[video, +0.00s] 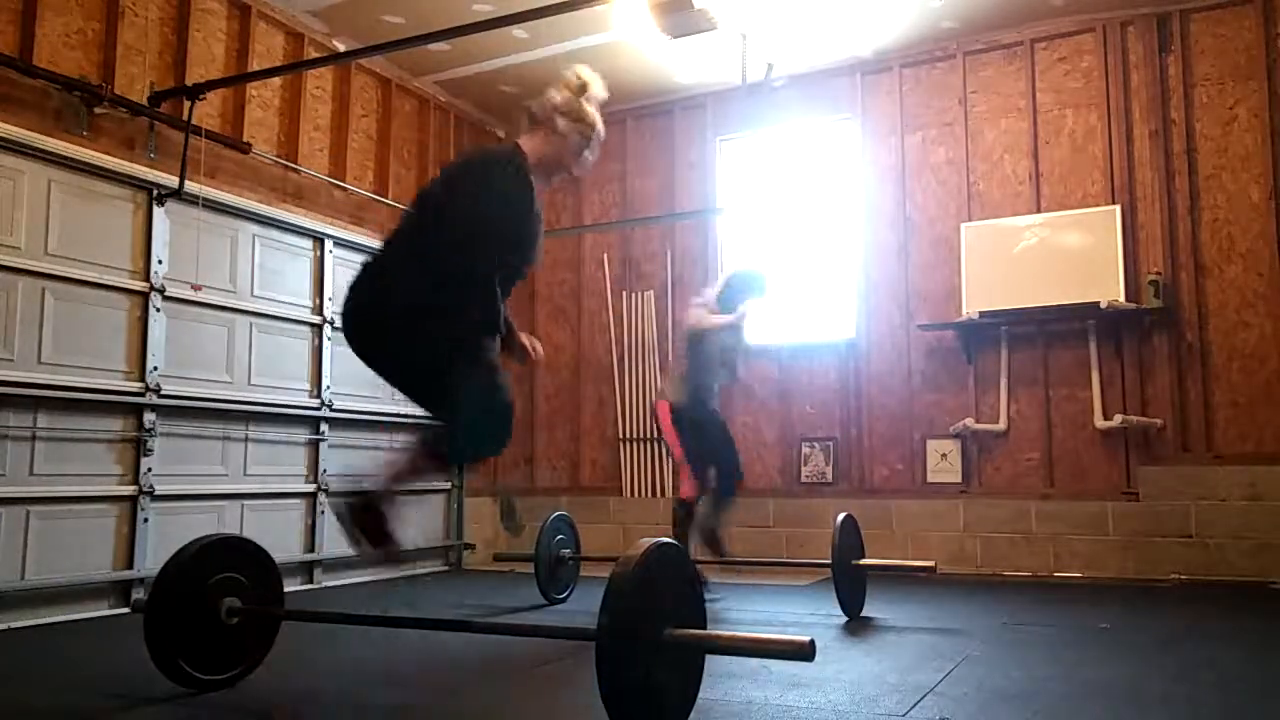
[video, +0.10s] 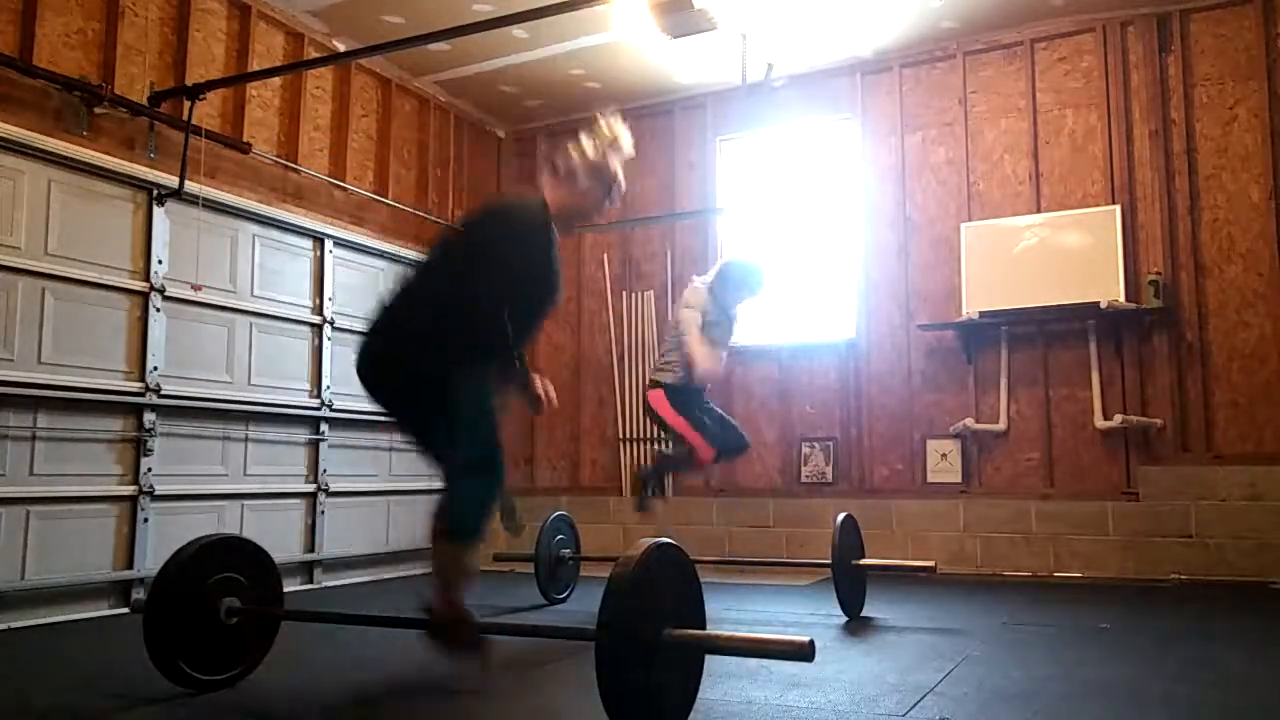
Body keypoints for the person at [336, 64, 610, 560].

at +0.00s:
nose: (577, 169)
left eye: (586, 157)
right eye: (582, 151)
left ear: (549, 128)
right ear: (556, 131)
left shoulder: (505, 180)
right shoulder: (500, 181)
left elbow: (479, 274)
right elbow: (470, 274)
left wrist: (509, 333)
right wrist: (493, 342)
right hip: (396, 316)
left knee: (483, 413)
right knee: (483, 416)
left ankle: (376, 499)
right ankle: (374, 500)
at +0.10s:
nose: (602, 211)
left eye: (608, 200)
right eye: (603, 194)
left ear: (560, 170)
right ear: (575, 176)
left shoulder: (520, 222)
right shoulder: (523, 229)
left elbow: (489, 312)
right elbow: (482, 315)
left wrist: (524, 372)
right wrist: (519, 375)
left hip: (402, 356)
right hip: (421, 362)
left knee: (473, 469)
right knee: (477, 472)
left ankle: (447, 604)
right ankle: (447, 608)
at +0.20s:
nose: (607, 297)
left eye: (615, 288)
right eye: (607, 282)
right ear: (583, 261)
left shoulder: (553, 315)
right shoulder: (536, 309)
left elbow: (536, 396)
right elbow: (501, 399)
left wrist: (550, 458)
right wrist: (529, 465)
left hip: (474, 418)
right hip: (446, 420)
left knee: (499, 524)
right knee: (498, 526)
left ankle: (458, 643)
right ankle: (449, 651)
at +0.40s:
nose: (637, 434)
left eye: (645, 426)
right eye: (640, 420)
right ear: (620, 392)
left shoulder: (586, 414)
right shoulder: (566, 410)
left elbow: (603, 499)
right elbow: (550, 526)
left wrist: (629, 570)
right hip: (411, 404)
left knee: (493, 513)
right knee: (487, 514)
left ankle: (459, 642)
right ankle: (452, 649)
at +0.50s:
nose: (644, 467)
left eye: (655, 461)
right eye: (646, 454)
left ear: (630, 417)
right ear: (627, 422)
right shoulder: (563, 439)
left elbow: (628, 539)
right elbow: (558, 548)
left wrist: (659, 619)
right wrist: (579, 639)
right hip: (423, 381)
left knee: (481, 508)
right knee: (450, 513)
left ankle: (440, 623)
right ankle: (421, 636)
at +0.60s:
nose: (667, 492)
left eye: (677, 487)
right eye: (672, 482)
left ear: (659, 449)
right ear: (655, 453)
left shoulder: (629, 458)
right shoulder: (598, 464)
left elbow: (644, 558)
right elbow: (571, 574)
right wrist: (571, 678)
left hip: (493, 421)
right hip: (452, 406)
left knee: (449, 529)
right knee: (425, 526)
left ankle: (353, 552)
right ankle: (329, 558)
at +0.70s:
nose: (696, 527)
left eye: (707, 521)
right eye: (698, 513)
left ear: (710, 511)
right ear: (678, 479)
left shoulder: (648, 500)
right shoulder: (610, 485)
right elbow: (561, 594)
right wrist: (564, 688)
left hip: (489, 503)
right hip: (468, 466)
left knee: (402, 544)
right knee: (373, 537)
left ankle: (327, 558)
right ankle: (279, 559)